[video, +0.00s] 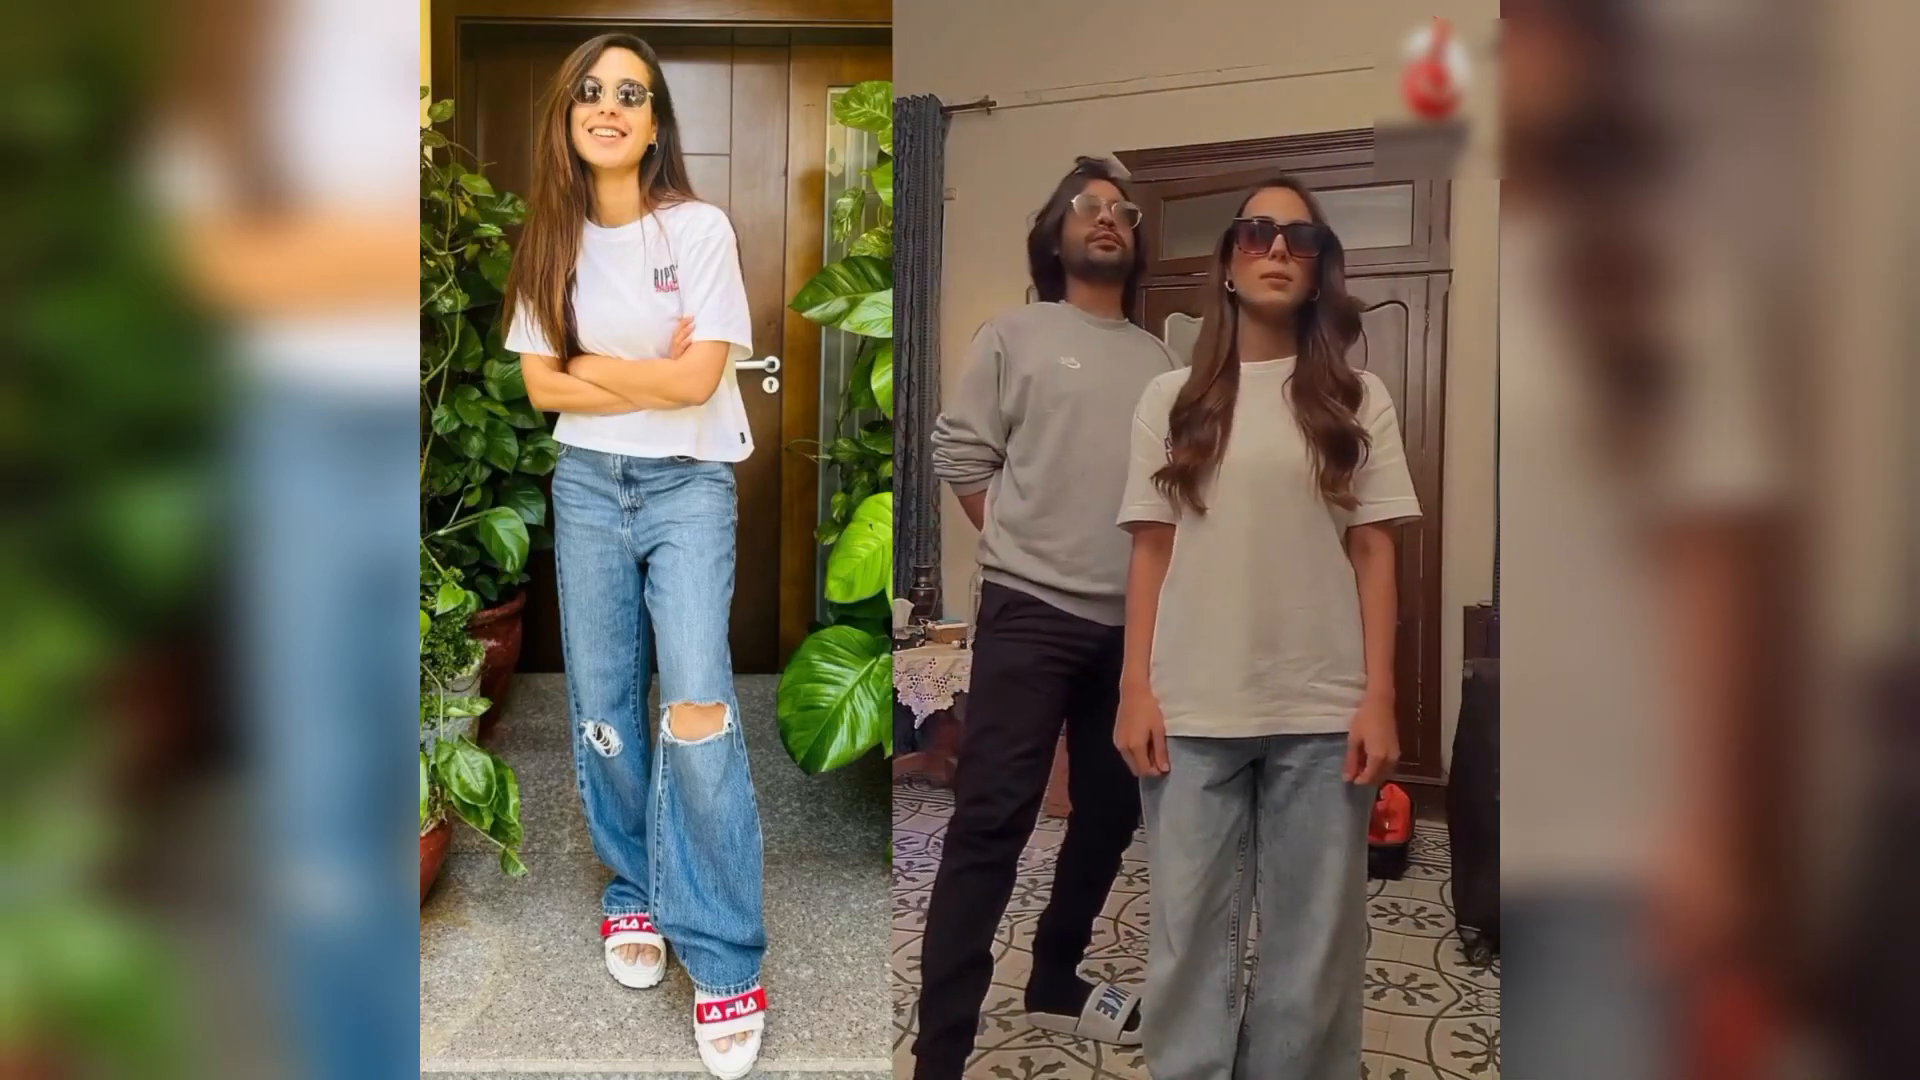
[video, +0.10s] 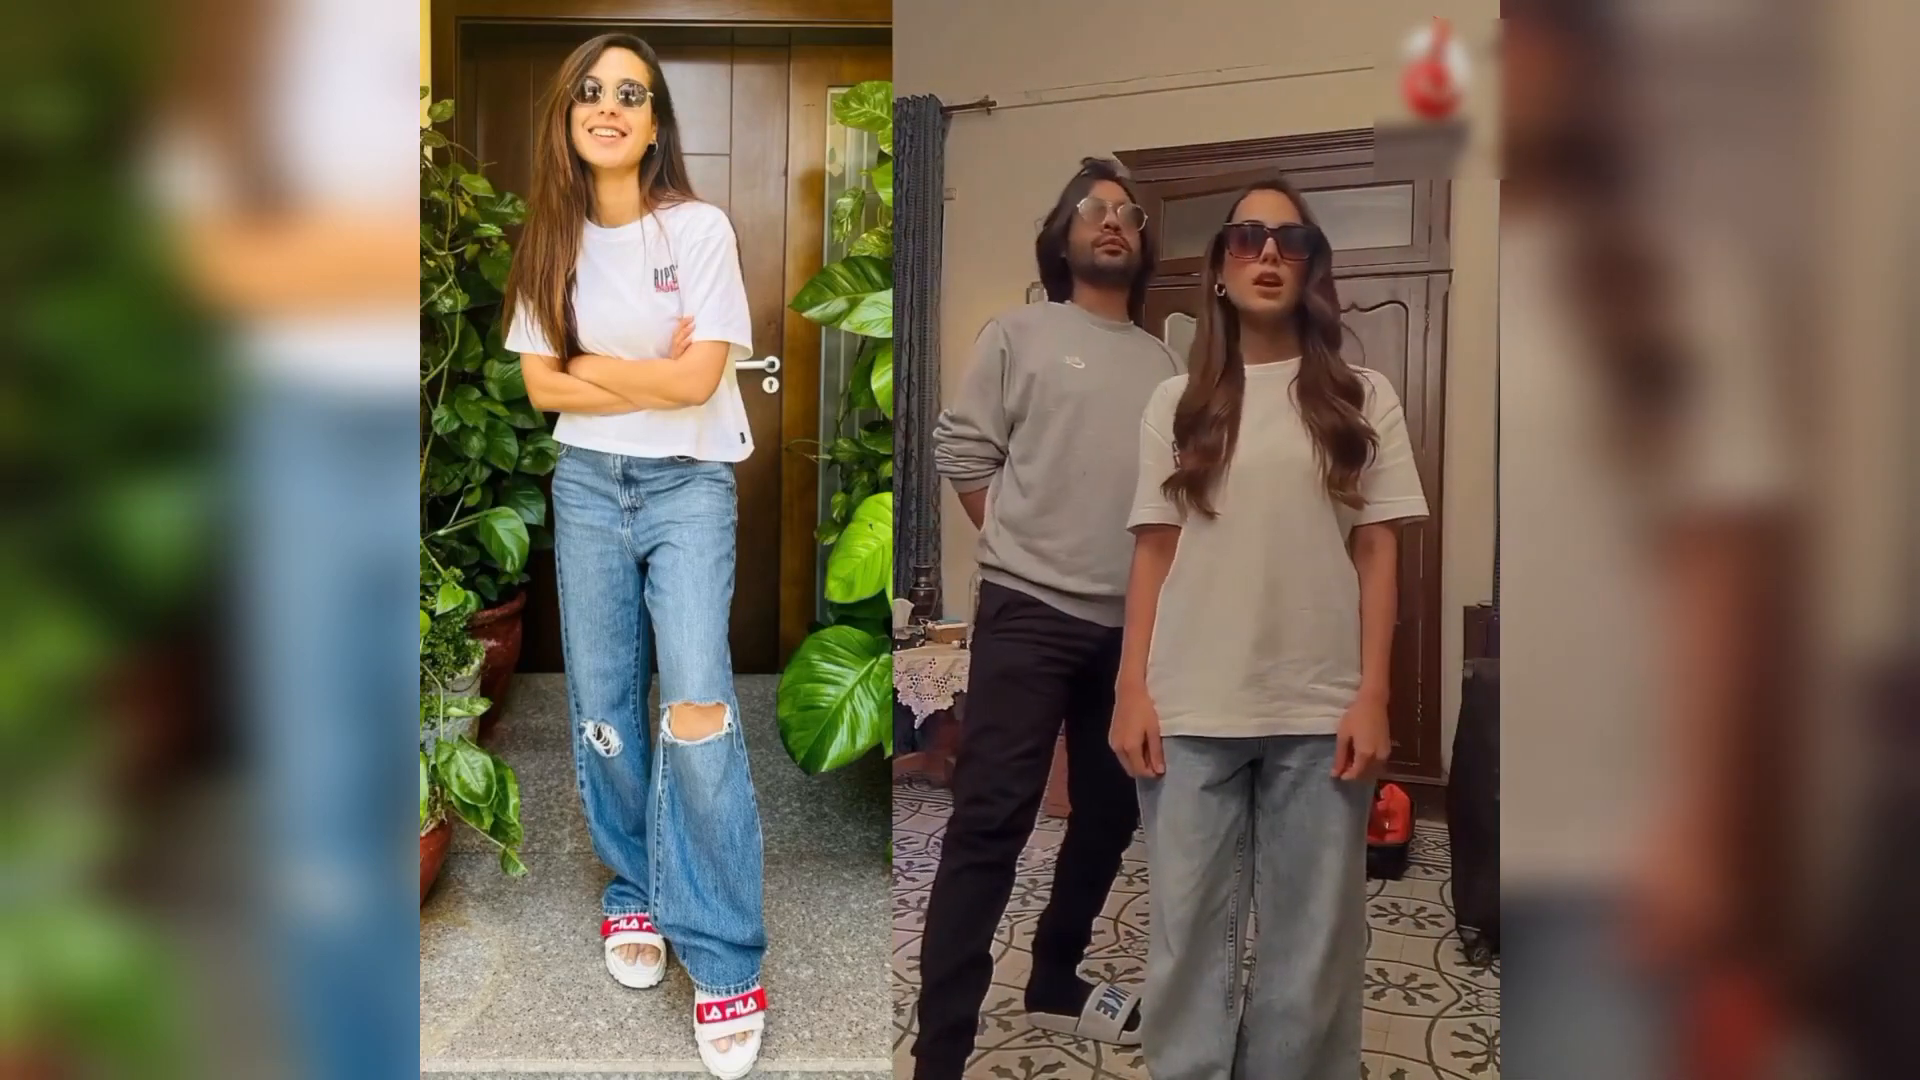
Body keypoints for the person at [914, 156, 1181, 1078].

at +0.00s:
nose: (1108, 221)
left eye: (1121, 213)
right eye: (1089, 210)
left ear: (1138, 242)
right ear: (1053, 237)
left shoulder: (1164, 356)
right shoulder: (1012, 336)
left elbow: (1180, 485)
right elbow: (961, 459)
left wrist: (1145, 567)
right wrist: (1020, 550)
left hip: (1132, 619)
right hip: (1027, 610)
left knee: (1107, 810)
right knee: (990, 821)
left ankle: (1056, 980)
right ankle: (940, 1054)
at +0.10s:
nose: (1116, 222)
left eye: (1128, 213)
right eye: (1095, 213)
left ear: (1145, 242)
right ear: (1060, 241)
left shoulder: (1171, 359)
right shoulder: (1015, 334)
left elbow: (1187, 489)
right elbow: (962, 456)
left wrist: (1148, 569)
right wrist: (1019, 549)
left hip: (1133, 620)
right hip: (1025, 610)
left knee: (1106, 811)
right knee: (988, 821)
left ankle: (1056, 981)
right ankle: (939, 1056)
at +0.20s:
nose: (1106, 224)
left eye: (1120, 214)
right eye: (1087, 215)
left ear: (1143, 240)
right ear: (1057, 242)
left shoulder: (1172, 358)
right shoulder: (1019, 338)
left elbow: (1190, 490)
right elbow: (962, 458)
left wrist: (1151, 570)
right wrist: (1018, 551)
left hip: (1132, 622)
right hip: (1024, 611)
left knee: (1110, 812)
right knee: (987, 820)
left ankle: (1056, 981)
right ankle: (940, 1054)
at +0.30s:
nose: (1089, 223)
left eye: (1109, 213)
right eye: (1074, 212)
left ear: (1140, 243)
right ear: (1050, 244)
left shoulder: (1172, 363)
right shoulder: (1017, 347)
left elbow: (1193, 495)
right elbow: (958, 464)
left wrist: (1155, 581)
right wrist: (1012, 560)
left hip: (1132, 626)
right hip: (1021, 615)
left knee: (1115, 821)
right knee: (985, 825)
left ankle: (1056, 982)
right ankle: (941, 1055)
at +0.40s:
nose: (1082, 224)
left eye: (1104, 214)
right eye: (1075, 213)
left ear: (1143, 240)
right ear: (1059, 238)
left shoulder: (1180, 356)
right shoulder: (1016, 341)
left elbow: (1200, 489)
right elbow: (961, 459)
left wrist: (1156, 569)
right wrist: (1018, 545)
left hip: (1131, 625)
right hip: (1017, 614)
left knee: (1109, 818)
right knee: (981, 821)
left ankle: (1057, 980)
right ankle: (937, 1055)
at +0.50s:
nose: (1090, 224)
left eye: (1115, 214)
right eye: (1086, 212)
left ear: (1157, 245)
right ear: (1075, 238)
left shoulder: (1189, 354)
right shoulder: (1022, 336)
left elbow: (1207, 486)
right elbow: (964, 447)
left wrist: (1160, 564)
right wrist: (1016, 530)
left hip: (1127, 623)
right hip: (1012, 612)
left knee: (1105, 817)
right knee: (975, 821)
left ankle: (1057, 979)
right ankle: (934, 1055)